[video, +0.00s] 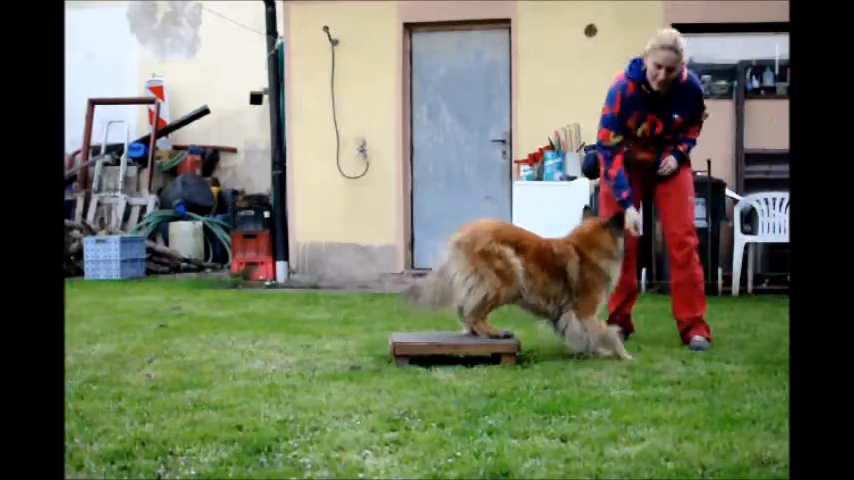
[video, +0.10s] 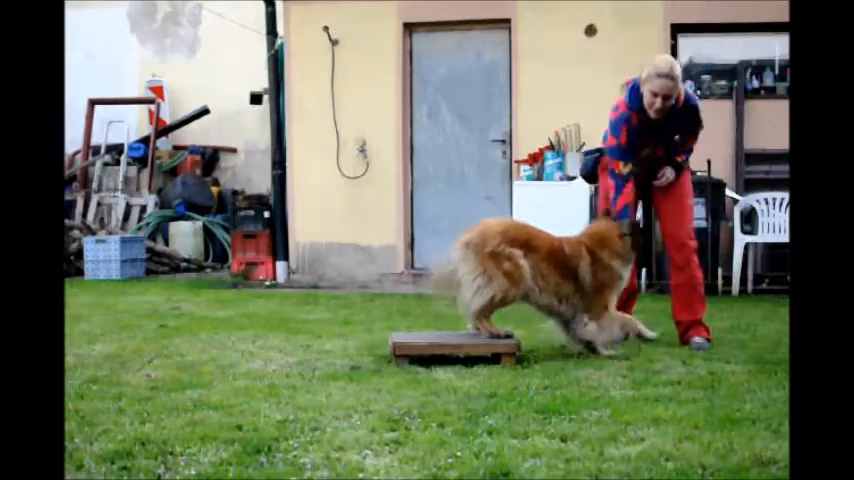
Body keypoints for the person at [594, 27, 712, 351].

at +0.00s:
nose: (662, 75)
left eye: (670, 69)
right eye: (657, 67)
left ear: (680, 66)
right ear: (645, 60)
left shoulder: (690, 88)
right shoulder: (623, 88)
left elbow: (693, 127)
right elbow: (608, 147)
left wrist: (677, 154)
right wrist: (626, 203)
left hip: (670, 166)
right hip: (624, 164)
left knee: (683, 239)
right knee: (620, 240)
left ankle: (694, 327)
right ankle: (619, 322)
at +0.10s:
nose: (659, 103)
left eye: (666, 97)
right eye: (653, 95)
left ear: (677, 93)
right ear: (642, 87)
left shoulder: (687, 108)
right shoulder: (624, 108)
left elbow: (690, 138)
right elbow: (618, 163)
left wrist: (675, 164)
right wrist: (622, 223)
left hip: (668, 170)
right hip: (624, 169)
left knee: (682, 243)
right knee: (619, 244)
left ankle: (693, 327)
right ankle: (615, 324)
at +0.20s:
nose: (654, 146)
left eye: (662, 140)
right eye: (649, 138)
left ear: (674, 131)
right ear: (638, 128)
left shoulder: (688, 131)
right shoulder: (622, 145)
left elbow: (688, 153)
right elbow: (622, 212)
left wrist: (674, 176)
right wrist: (623, 269)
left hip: (669, 176)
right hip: (622, 178)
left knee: (682, 244)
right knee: (618, 247)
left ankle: (693, 329)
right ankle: (623, 333)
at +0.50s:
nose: (650, 135)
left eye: (658, 129)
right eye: (645, 126)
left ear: (673, 118)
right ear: (636, 115)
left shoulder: (689, 126)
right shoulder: (618, 128)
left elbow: (688, 153)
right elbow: (593, 181)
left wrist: (675, 174)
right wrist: (589, 240)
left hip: (669, 177)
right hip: (623, 177)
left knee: (682, 245)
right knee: (618, 246)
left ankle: (693, 330)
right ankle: (619, 328)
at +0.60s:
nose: (649, 112)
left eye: (657, 106)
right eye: (644, 104)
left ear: (671, 98)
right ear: (634, 94)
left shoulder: (684, 110)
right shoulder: (613, 111)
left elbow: (692, 139)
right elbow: (583, 160)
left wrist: (674, 167)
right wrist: (588, 210)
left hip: (667, 170)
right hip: (618, 171)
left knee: (682, 244)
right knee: (618, 246)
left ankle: (693, 329)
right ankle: (619, 329)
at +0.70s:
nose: (645, 79)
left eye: (653, 73)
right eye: (640, 71)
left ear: (665, 68)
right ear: (630, 63)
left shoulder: (679, 89)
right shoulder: (606, 84)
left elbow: (692, 124)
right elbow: (578, 120)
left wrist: (674, 153)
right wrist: (585, 162)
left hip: (665, 166)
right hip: (615, 167)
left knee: (679, 244)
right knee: (615, 245)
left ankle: (692, 329)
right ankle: (614, 330)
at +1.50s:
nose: (670, 33)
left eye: (677, 29)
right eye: (666, 24)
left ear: (684, 29)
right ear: (652, 16)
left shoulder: (689, 58)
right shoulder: (620, 50)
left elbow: (702, 103)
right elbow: (594, 92)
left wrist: (690, 126)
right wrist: (581, 131)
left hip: (676, 157)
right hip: (626, 156)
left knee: (684, 244)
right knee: (625, 242)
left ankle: (692, 325)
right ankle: (621, 325)